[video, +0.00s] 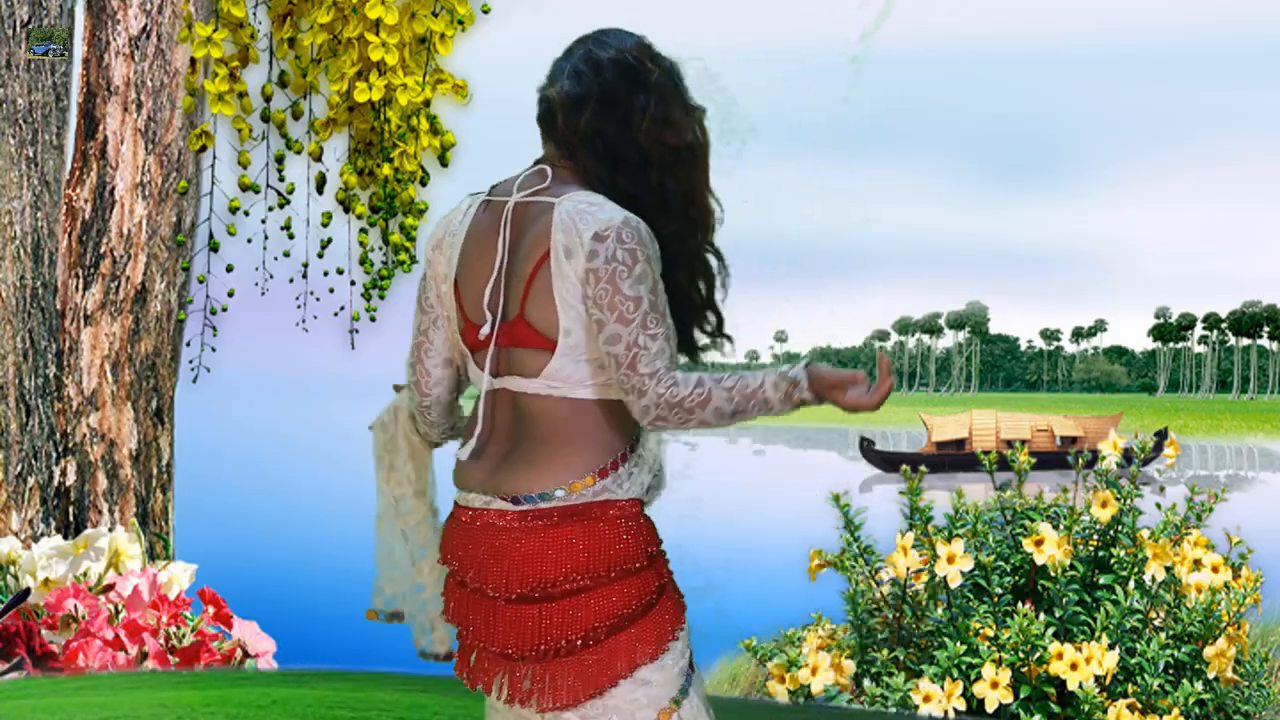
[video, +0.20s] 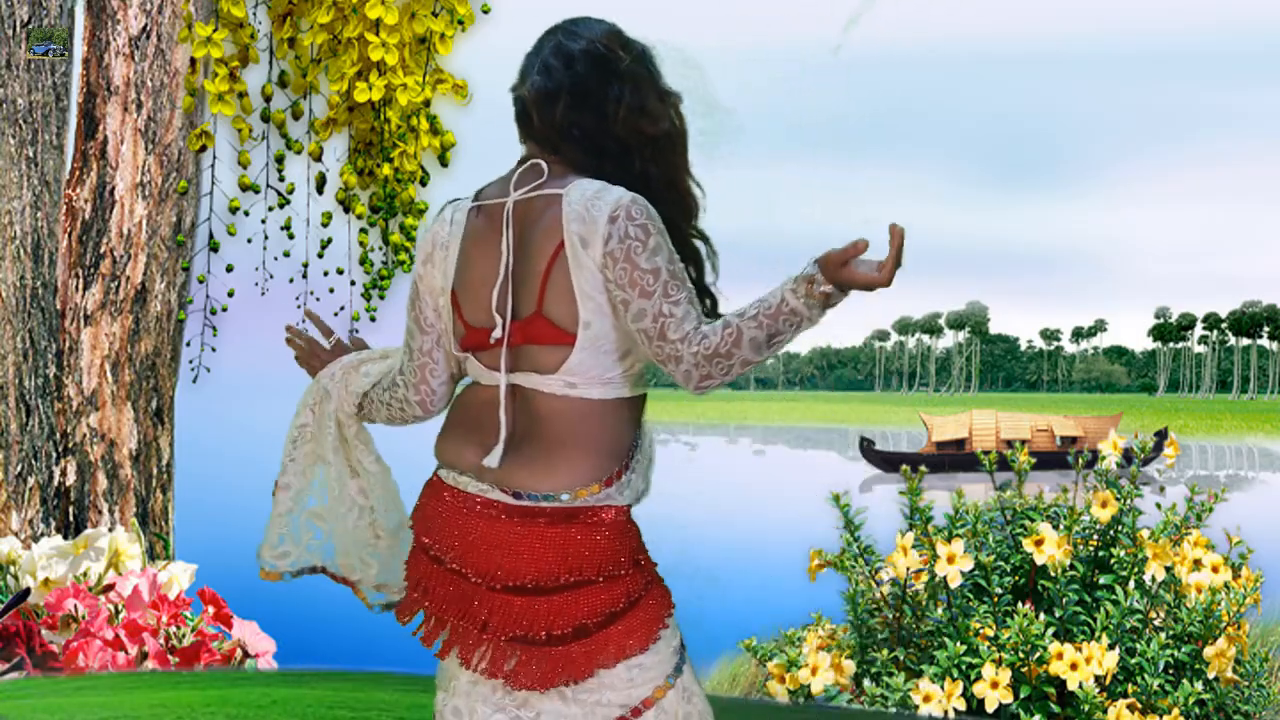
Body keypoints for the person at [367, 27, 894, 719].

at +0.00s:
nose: (672, 152)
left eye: (671, 130)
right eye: (666, 132)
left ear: (552, 119)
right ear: (642, 133)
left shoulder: (455, 226)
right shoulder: (607, 232)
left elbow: (428, 409)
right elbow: (657, 397)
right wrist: (807, 383)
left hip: (478, 523)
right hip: (586, 522)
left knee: (517, 705)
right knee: (647, 703)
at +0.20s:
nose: (656, 123)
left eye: (651, 104)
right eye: (645, 104)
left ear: (529, 110)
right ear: (622, 115)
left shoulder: (453, 223)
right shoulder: (615, 216)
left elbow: (420, 390)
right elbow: (698, 361)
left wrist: (340, 374)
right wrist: (819, 283)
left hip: (454, 513)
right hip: (573, 531)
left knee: (480, 691)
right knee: (648, 699)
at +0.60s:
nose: (702, 125)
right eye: (693, 107)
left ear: (570, 115)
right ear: (674, 116)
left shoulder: (507, 244)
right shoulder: (696, 223)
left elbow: (463, 413)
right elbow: (795, 344)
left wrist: (329, 425)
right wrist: (932, 256)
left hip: (537, 512)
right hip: (673, 520)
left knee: (547, 698)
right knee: (706, 703)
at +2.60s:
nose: (761, 131)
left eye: (756, 108)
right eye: (751, 110)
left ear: (628, 117)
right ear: (729, 121)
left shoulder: (543, 236)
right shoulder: (728, 233)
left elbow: (481, 400)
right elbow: (854, 355)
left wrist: (354, 454)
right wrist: (944, 233)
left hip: (609, 522)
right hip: (742, 502)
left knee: (631, 699)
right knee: (768, 702)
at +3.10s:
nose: (775, 131)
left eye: (768, 107)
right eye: (763, 109)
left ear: (637, 115)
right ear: (733, 124)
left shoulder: (555, 219)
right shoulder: (705, 244)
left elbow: (488, 362)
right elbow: (837, 356)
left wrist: (397, 460)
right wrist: (923, 231)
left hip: (554, 535)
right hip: (668, 536)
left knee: (611, 708)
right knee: (755, 701)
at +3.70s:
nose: (693, 124)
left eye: (685, 103)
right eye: (681, 106)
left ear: (560, 129)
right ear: (661, 120)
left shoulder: (500, 254)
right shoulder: (688, 234)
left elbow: (442, 413)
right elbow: (826, 318)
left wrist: (322, 386)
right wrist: (906, 186)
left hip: (494, 526)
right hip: (628, 541)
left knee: (510, 698)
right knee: (664, 700)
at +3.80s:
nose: (681, 119)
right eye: (670, 101)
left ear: (543, 133)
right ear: (656, 120)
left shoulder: (501, 262)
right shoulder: (696, 235)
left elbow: (446, 421)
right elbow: (830, 310)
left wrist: (330, 350)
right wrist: (887, 173)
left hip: (488, 521)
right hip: (624, 548)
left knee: (490, 696)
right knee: (653, 701)